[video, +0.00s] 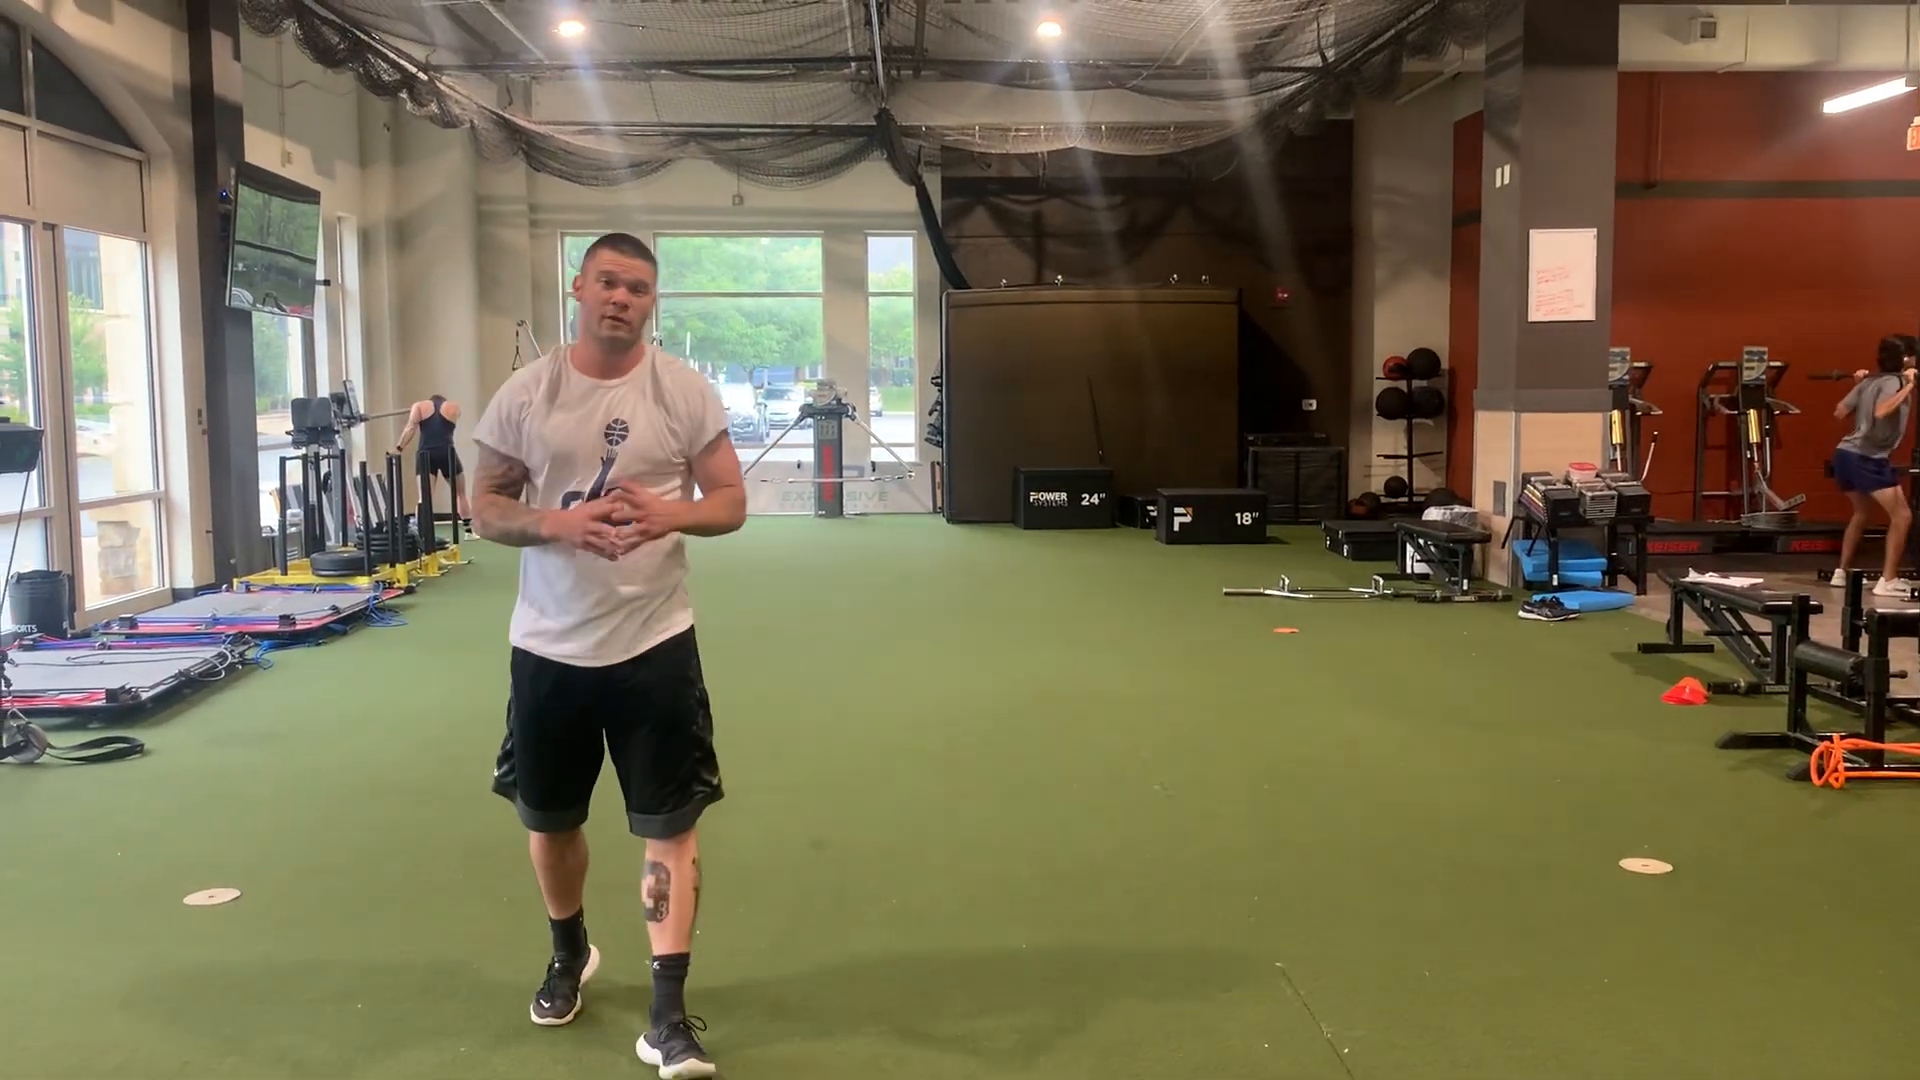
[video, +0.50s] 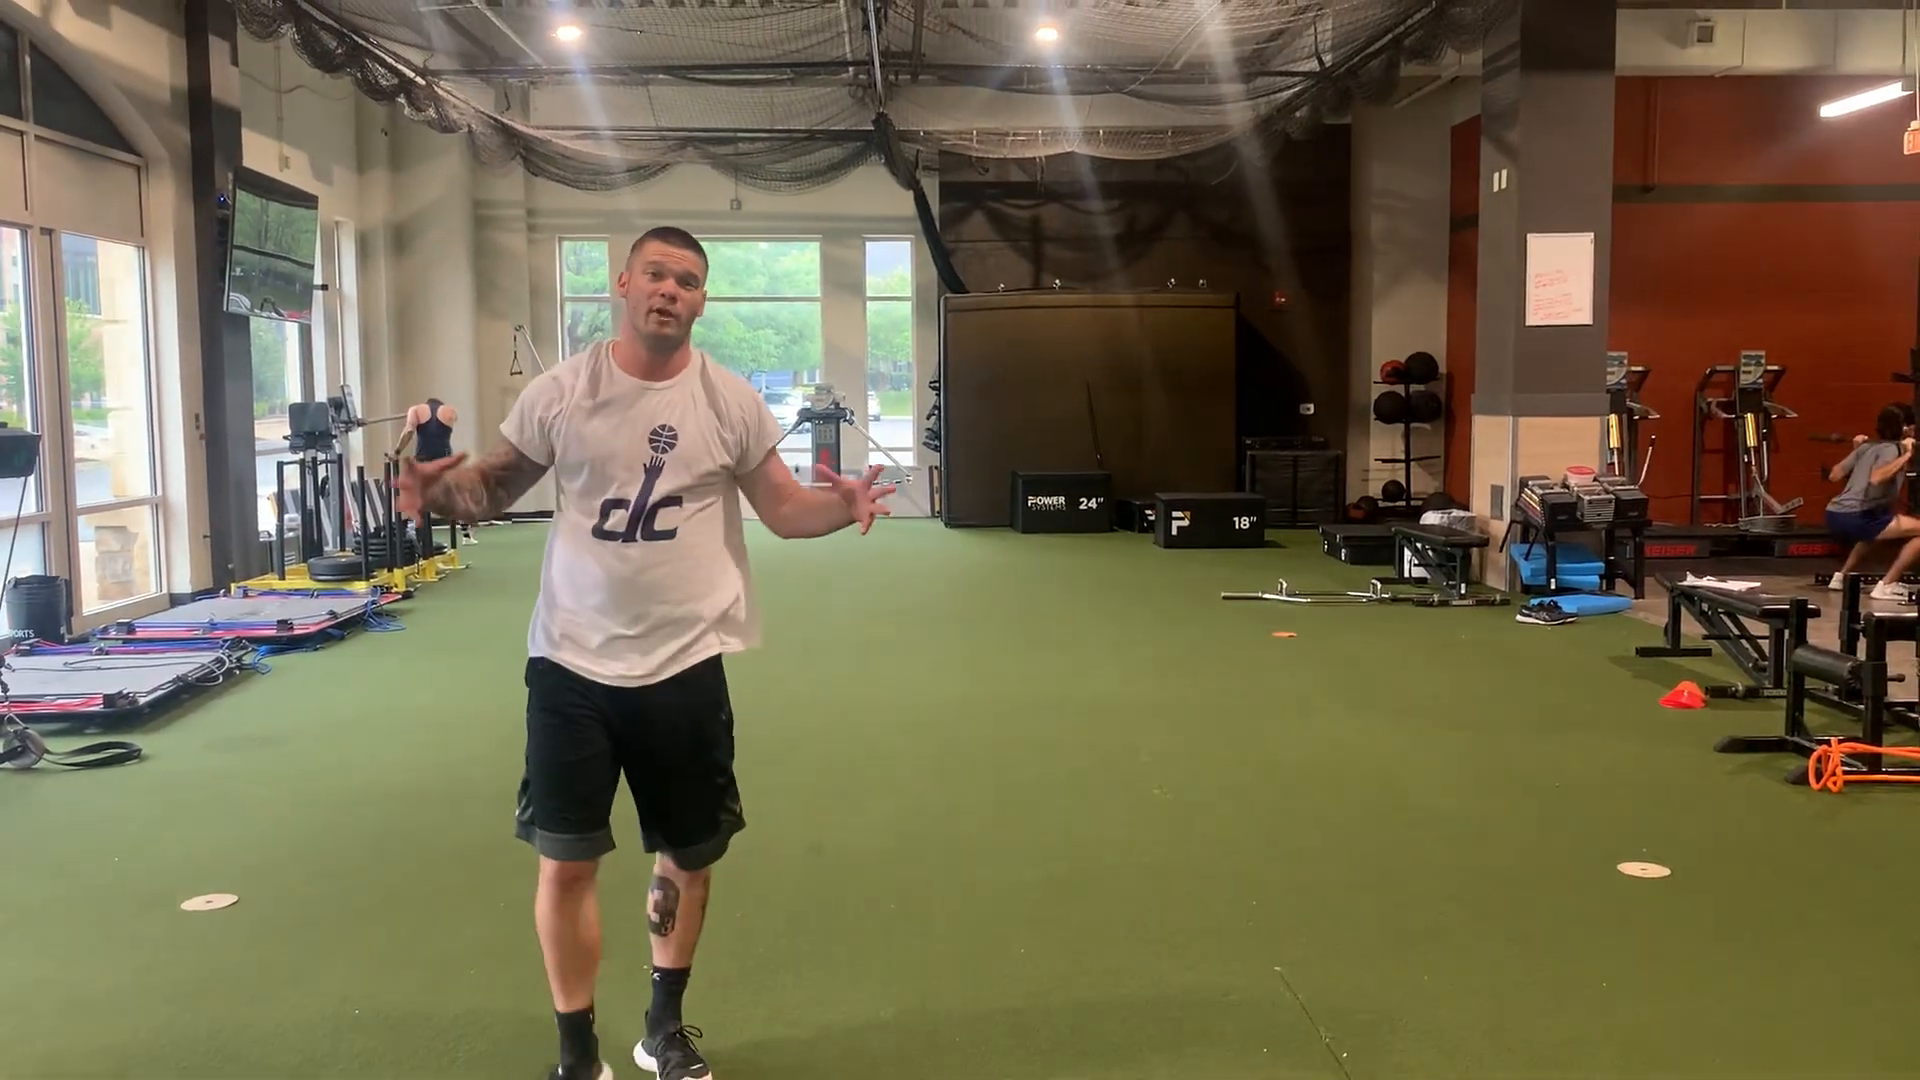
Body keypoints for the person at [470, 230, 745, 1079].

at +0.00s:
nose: (621, 297)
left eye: (637, 287)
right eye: (608, 282)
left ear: (655, 303)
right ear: (577, 290)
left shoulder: (685, 392)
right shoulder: (524, 394)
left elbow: (732, 504)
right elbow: (481, 507)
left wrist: (672, 513)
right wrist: (553, 523)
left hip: (654, 640)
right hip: (550, 645)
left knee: (669, 825)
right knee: (550, 819)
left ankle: (668, 1017)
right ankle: (568, 949)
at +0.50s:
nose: (672, 290)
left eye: (688, 282)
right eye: (657, 275)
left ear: (703, 303)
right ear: (620, 285)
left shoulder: (729, 400)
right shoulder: (560, 392)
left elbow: (784, 506)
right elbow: (494, 481)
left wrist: (836, 504)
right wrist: (445, 482)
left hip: (684, 664)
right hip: (572, 661)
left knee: (687, 855)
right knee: (566, 857)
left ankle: (664, 1026)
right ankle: (577, 1058)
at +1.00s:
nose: (587, 283)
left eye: (601, 271)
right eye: (566, 273)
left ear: (626, 292)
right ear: (534, 298)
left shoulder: (686, 393)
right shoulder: (505, 426)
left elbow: (756, 499)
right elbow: (452, 557)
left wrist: (824, 473)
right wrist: (416, 565)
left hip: (685, 701)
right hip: (563, 708)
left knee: (698, 908)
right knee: (560, 919)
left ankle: (663, 1020)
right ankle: (583, 1074)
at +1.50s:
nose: (603, 286)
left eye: (622, 270)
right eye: (583, 267)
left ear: (647, 287)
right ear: (549, 283)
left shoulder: (706, 400)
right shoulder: (502, 422)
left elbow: (767, 519)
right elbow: (437, 548)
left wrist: (818, 520)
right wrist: (438, 592)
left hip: (696, 723)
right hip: (561, 738)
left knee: (736, 948)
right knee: (568, 958)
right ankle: (586, 1079)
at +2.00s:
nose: (738, 266)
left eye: (762, 259)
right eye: (723, 248)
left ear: (784, 289)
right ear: (686, 265)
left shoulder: (826, 418)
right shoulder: (604, 410)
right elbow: (537, 566)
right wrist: (617, 582)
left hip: (774, 766)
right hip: (626, 768)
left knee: (791, 1029)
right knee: (594, 1044)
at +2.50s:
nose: (774, 272)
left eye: (795, 258)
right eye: (750, 253)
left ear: (818, 285)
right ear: (705, 277)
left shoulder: (867, 422)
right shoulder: (640, 433)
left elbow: (923, 571)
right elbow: (589, 607)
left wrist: (884, 610)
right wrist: (590, 744)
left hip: (830, 807)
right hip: (683, 816)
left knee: (805, 1051)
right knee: (678, 1061)